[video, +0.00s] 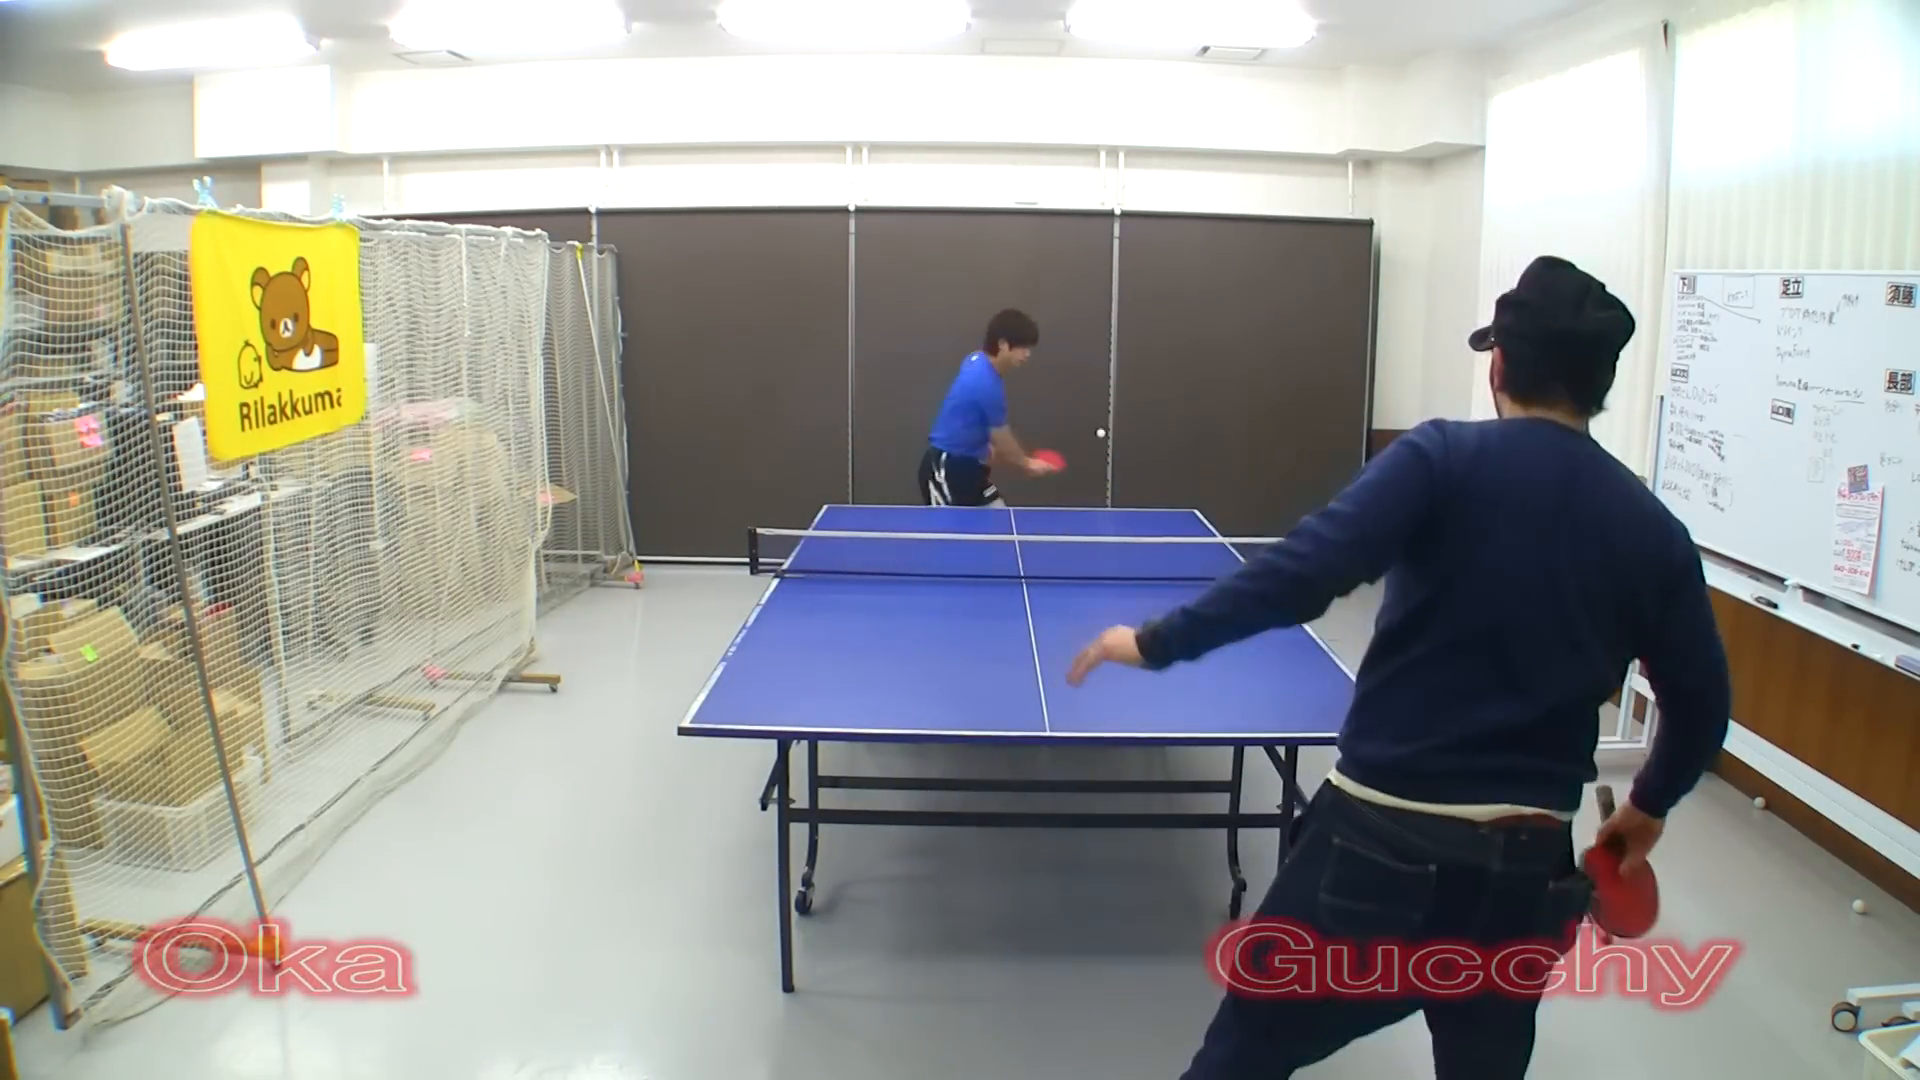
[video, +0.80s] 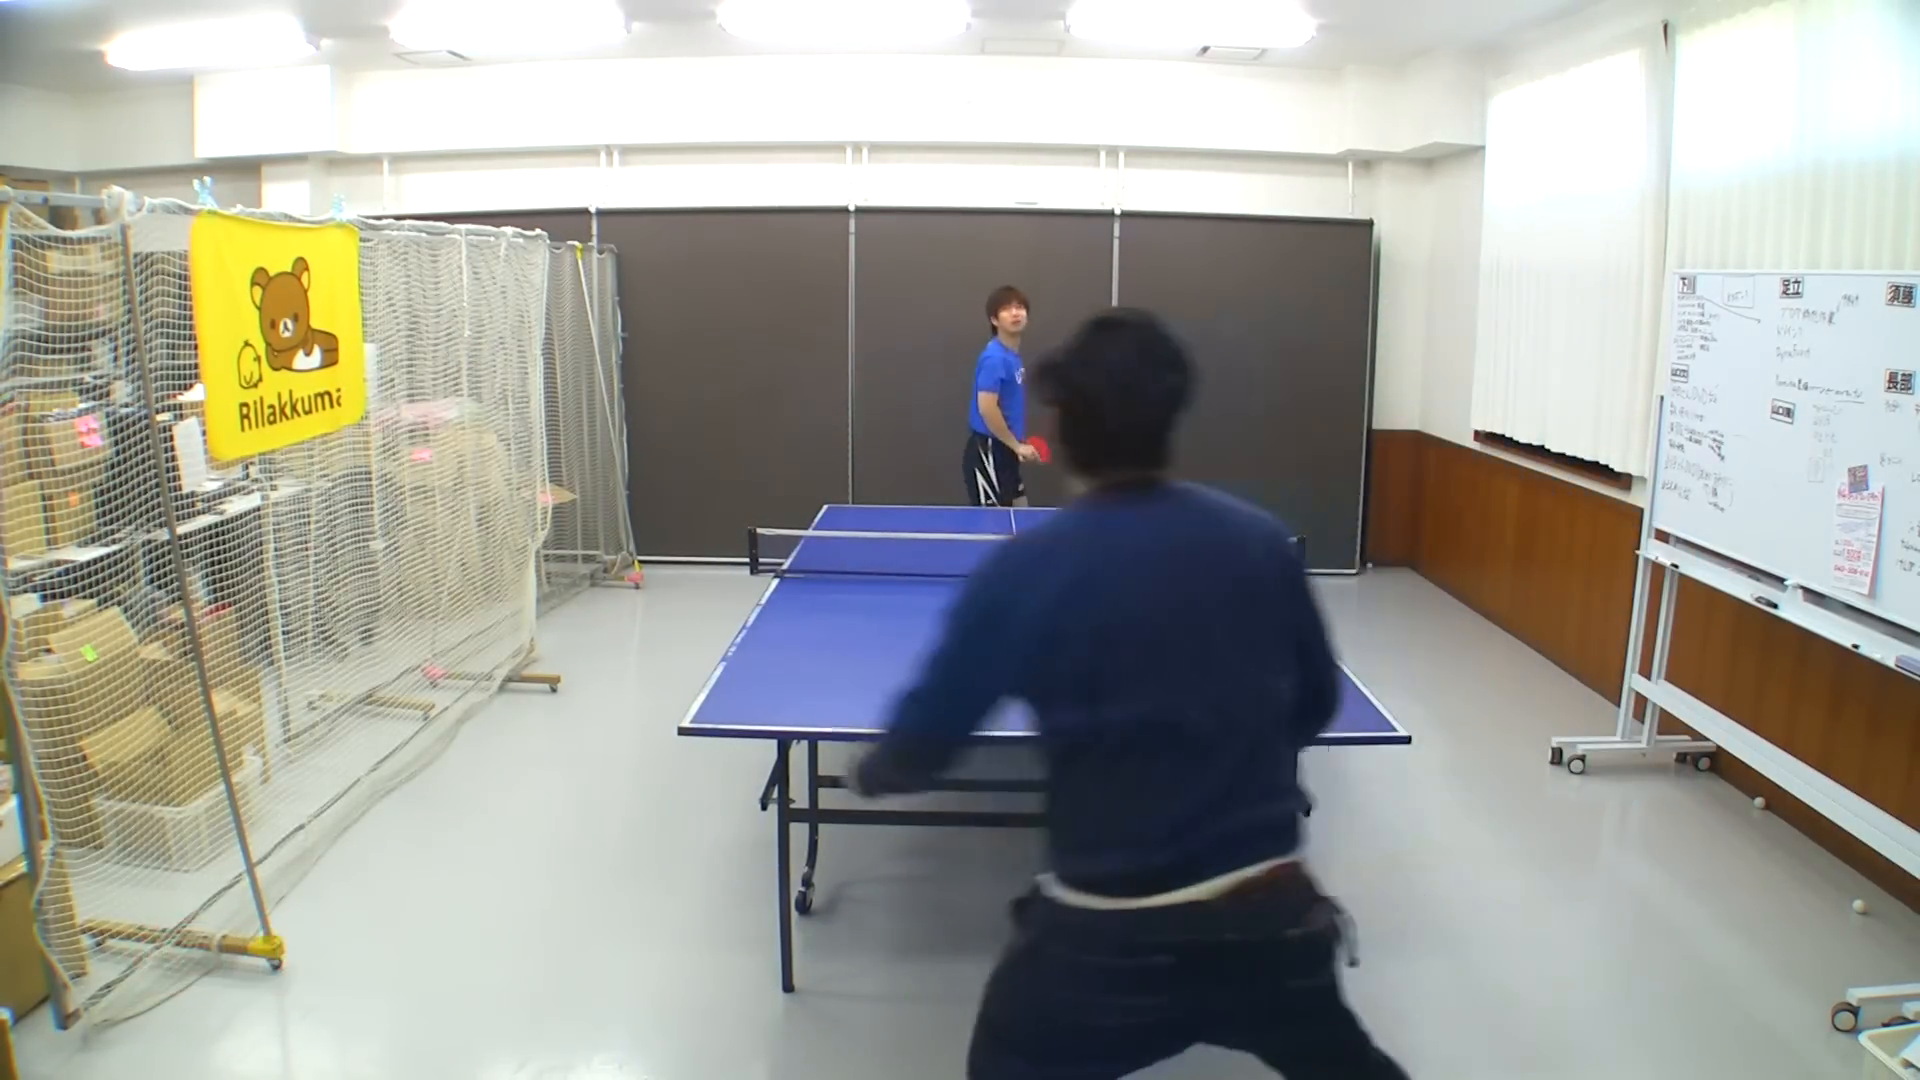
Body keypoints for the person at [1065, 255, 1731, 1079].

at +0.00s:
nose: (1486, 364)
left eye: (1489, 350)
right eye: (1491, 345)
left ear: (1499, 363)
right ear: (1601, 383)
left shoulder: (1441, 458)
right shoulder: (1650, 526)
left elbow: (1305, 572)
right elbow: (1701, 705)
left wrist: (1152, 641)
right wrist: (1646, 809)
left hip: (1380, 847)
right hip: (1528, 868)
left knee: (1240, 1053)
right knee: (1487, 1063)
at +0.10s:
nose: (1487, 363)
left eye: (1491, 349)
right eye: (1492, 347)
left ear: (1503, 362)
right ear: (1599, 384)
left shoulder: (1446, 453)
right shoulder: (1653, 527)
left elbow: (1331, 589)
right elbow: (1675, 708)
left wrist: (1199, 692)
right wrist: (1614, 787)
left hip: (1380, 838)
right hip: (1530, 859)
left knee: (1241, 1048)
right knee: (1493, 1065)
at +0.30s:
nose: (1448, 355)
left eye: (1452, 340)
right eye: (1456, 338)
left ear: (1460, 355)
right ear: (1561, 370)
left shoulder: (1417, 464)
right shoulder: (1614, 519)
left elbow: (1359, 642)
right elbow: (1616, 694)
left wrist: (1274, 788)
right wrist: (1513, 739)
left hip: (1368, 857)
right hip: (1507, 868)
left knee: (1215, 1061)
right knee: (1479, 1066)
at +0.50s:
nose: (1351, 363)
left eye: (1356, 349)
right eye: (1356, 347)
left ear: (1368, 366)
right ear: (1466, 374)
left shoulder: (1333, 484)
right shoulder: (1523, 512)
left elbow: (1302, 658)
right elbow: (1538, 678)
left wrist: (1210, 789)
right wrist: (1422, 705)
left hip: (1317, 882)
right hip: (1458, 882)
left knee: (1180, 1068)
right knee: (1450, 1069)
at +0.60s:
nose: (1281, 381)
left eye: (1286, 367)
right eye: (1286, 365)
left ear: (1295, 383)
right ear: (1395, 386)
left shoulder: (1265, 514)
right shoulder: (1462, 527)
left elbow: (1217, 689)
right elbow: (1480, 683)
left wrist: (1123, 799)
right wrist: (1363, 701)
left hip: (1274, 899)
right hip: (1415, 894)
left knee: (1127, 1068)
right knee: (1419, 1069)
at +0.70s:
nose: (1182, 408)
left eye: (1188, 394)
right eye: (1190, 390)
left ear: (1199, 413)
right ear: (1301, 411)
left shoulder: (1172, 550)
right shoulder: (1373, 539)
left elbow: (1091, 735)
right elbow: (1403, 694)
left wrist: (1005, 806)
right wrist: (1292, 723)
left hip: (1217, 925)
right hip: (1363, 912)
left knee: (1054, 1061)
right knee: (1379, 1059)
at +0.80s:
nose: (1041, 432)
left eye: (1047, 414)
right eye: (1047, 409)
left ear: (1065, 431)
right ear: (1168, 420)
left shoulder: (1029, 568)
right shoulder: (1259, 541)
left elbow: (923, 746)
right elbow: (1317, 702)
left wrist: (877, 770)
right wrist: (1217, 730)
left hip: (1107, 947)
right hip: (1273, 932)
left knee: (1007, 1068)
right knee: (1342, 1057)